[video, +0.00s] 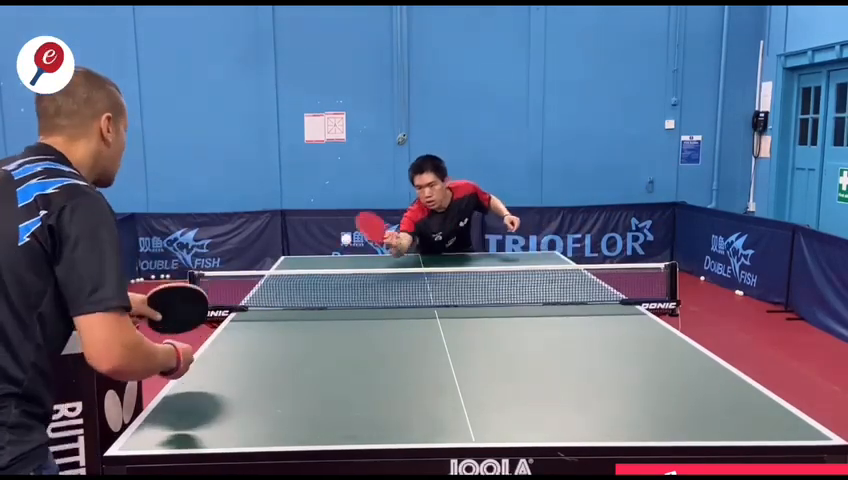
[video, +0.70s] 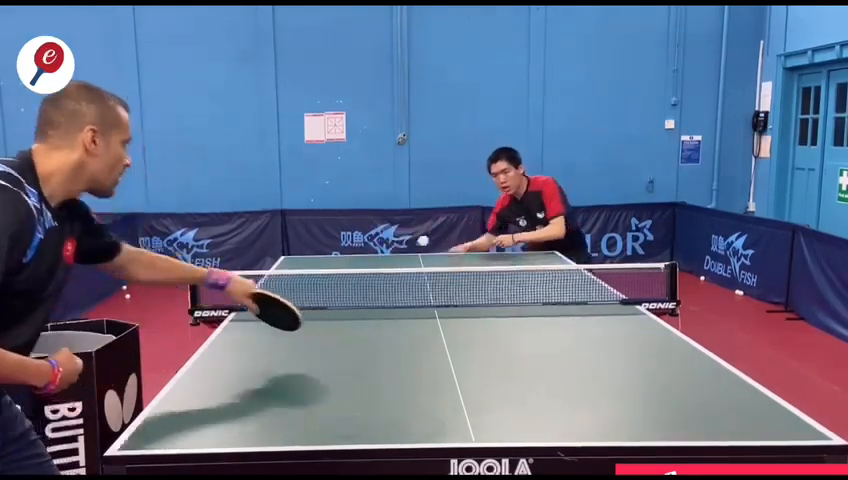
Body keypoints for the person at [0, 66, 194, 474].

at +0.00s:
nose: (123, 149)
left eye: (126, 135)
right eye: (124, 134)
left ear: (48, 125)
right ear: (106, 128)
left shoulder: (8, 174)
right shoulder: (77, 202)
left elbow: (30, 294)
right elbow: (112, 353)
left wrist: (116, 303)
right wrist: (168, 357)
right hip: (15, 442)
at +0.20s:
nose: (150, 181)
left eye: (154, 168)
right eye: (152, 165)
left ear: (79, 146)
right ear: (129, 154)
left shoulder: (16, 193)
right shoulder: (77, 211)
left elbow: (34, 314)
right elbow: (75, 360)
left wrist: (134, 331)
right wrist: (147, 375)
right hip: (12, 441)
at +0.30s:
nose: (165, 193)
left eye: (169, 180)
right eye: (166, 177)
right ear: (142, 166)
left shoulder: (38, 195)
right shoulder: (75, 217)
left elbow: (61, 317)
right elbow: (45, 360)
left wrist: (151, 325)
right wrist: (132, 381)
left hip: (16, 429)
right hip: (10, 438)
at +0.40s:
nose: (176, 204)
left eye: (179, 190)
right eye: (176, 187)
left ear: (146, 177)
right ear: (148, 176)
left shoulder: (82, 224)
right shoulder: (64, 226)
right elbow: (16, 360)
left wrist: (198, 319)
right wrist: (110, 386)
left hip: (18, 416)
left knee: (63, 470)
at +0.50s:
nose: (173, 205)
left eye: (176, 191)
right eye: (172, 189)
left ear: (139, 180)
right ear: (141, 179)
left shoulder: (102, 236)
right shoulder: (42, 229)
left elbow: (174, 298)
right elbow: (2, 354)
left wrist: (267, 311)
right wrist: (84, 387)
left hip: (16, 406)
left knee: (64, 472)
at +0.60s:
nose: (158, 189)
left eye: (159, 175)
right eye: (155, 172)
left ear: (125, 168)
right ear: (122, 166)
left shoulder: (100, 231)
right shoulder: (22, 219)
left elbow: (183, 272)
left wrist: (266, 288)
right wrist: (62, 381)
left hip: (12, 404)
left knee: (50, 471)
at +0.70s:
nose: (128, 161)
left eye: (128, 146)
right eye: (124, 145)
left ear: (89, 141)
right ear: (90, 140)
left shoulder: (62, 209)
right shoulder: (9, 208)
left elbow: (126, 261)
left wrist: (223, 280)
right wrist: (46, 373)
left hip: (5, 405)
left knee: (40, 471)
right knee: (34, 466)